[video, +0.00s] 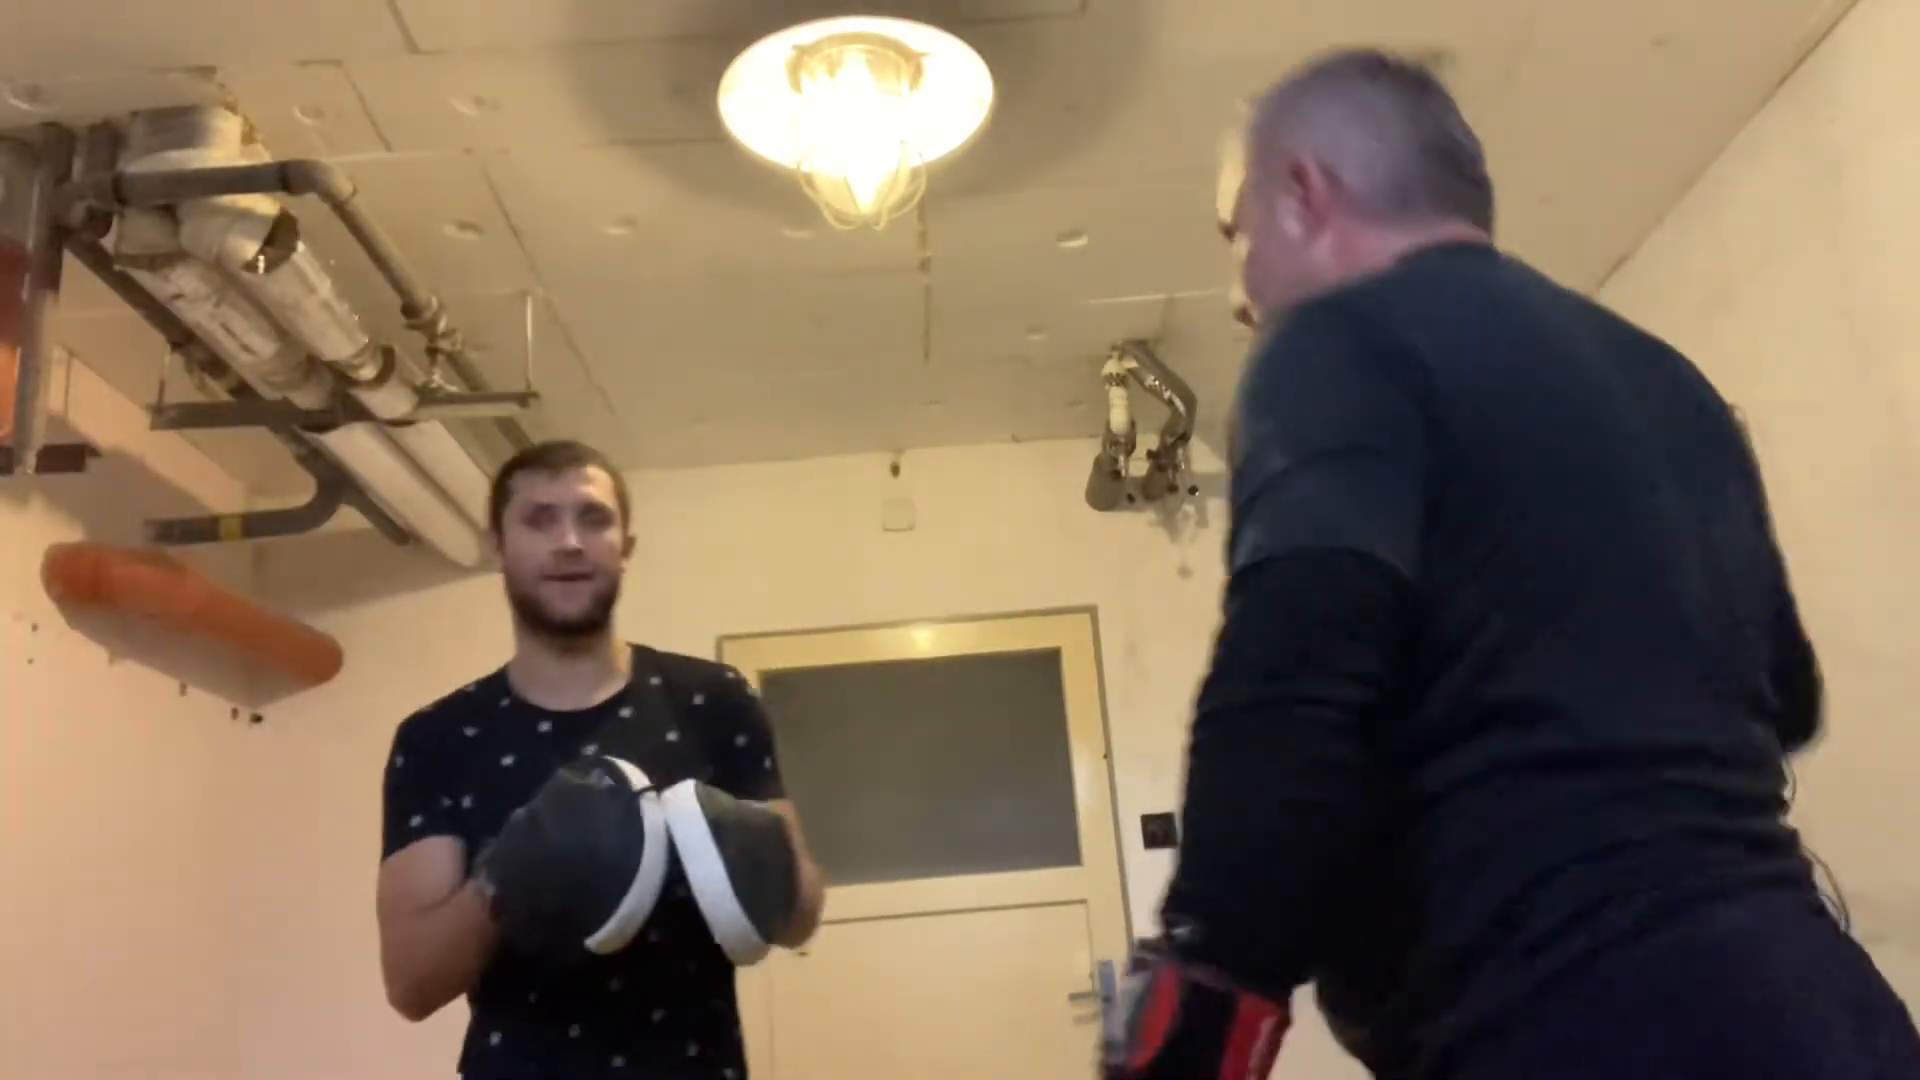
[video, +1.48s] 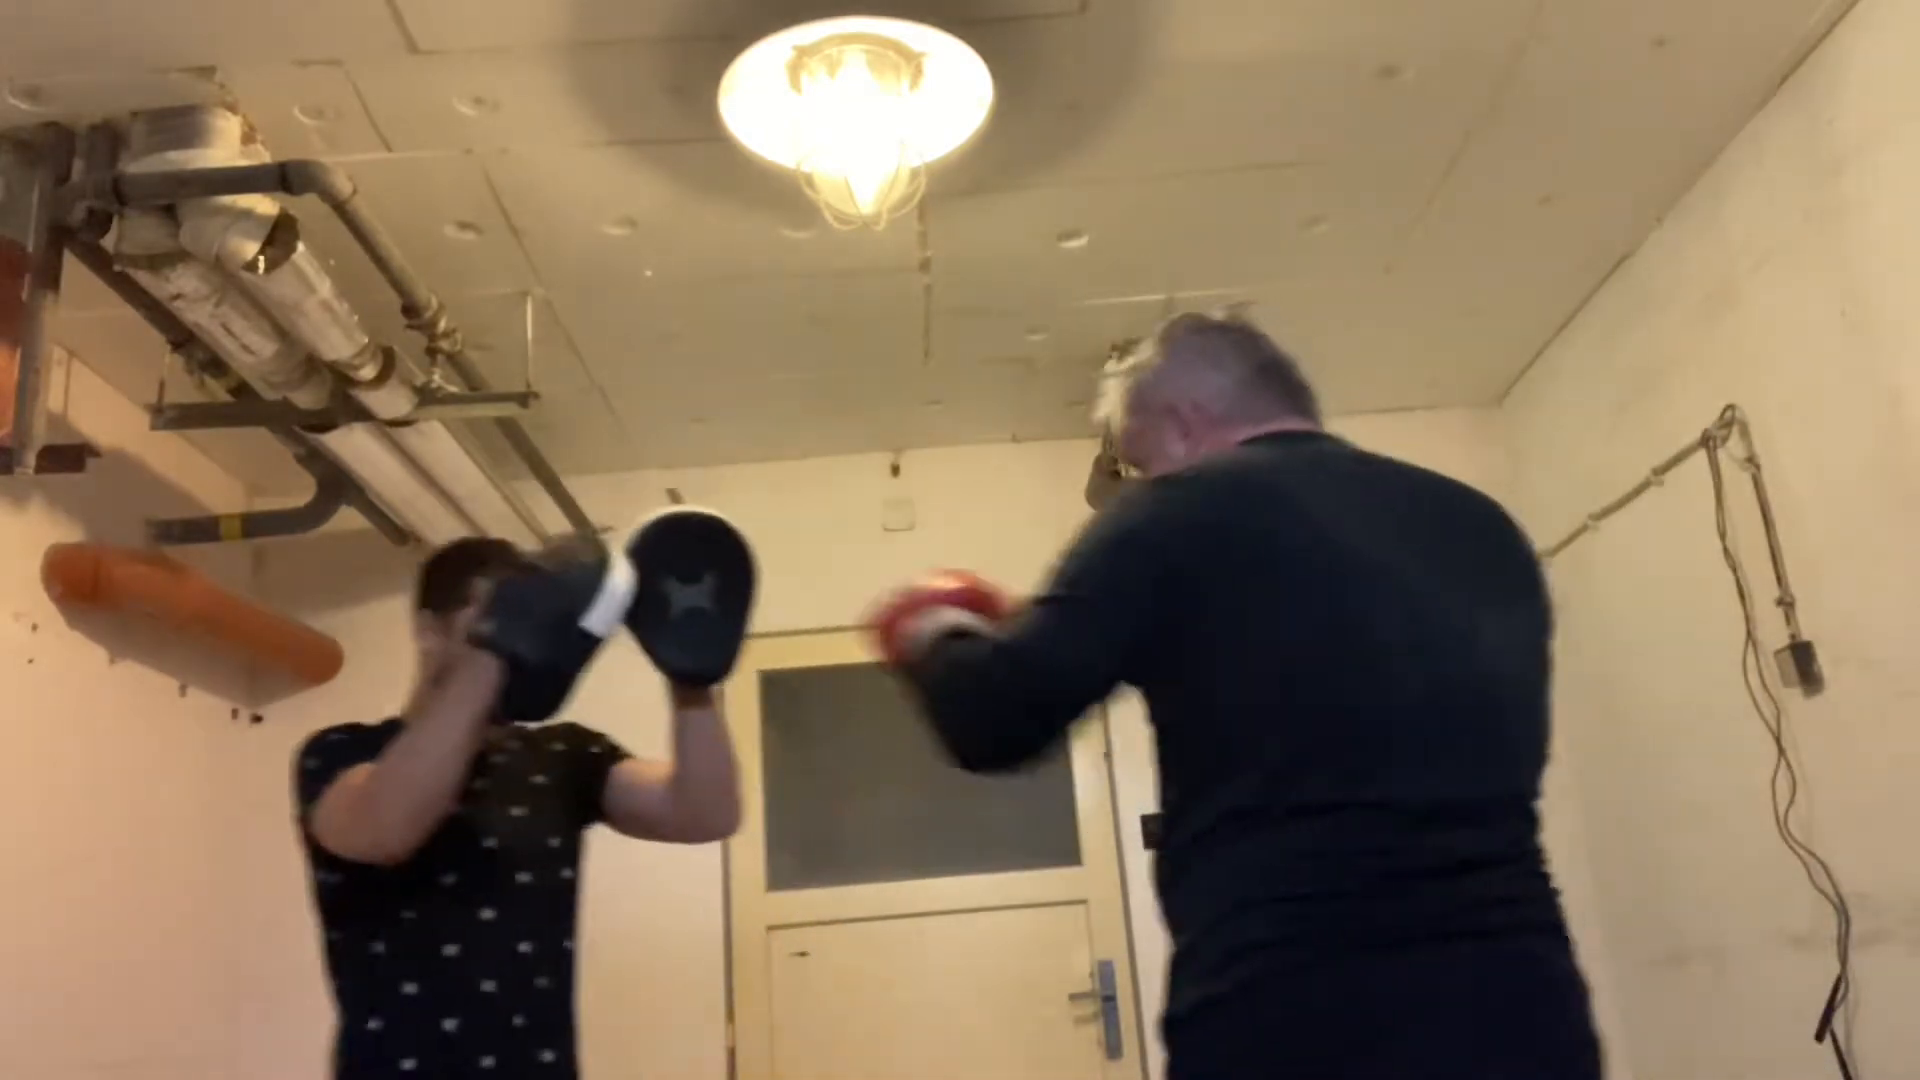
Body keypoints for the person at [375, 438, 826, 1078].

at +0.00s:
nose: (569, 542)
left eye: (592, 519)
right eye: (539, 520)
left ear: (625, 545)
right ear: (498, 548)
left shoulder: (714, 702)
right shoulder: (439, 741)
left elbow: (802, 917)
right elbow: (412, 979)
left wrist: (758, 865)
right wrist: (520, 872)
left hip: (694, 1058)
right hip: (523, 1062)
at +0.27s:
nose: (567, 559)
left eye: (589, 538)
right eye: (538, 538)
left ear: (619, 566)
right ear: (496, 566)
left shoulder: (704, 707)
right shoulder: (444, 747)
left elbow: (789, 918)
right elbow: (418, 966)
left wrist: (755, 827)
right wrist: (518, 836)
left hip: (687, 1060)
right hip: (524, 1064)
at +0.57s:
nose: (667, 578)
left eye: (688, 559)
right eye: (641, 555)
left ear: (710, 582)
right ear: (595, 574)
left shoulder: (767, 730)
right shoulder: (526, 743)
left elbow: (827, 936)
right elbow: (492, 950)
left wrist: (808, 838)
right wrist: (607, 836)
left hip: (723, 1061)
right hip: (574, 1062)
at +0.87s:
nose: (732, 600)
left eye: (753, 581)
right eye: (709, 573)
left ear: (766, 600)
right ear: (656, 582)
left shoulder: (788, 739)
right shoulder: (571, 725)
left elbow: (850, 949)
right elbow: (530, 917)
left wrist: (862, 844)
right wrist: (674, 809)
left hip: (729, 1058)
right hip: (587, 1057)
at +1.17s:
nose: (678, 624)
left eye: (691, 604)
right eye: (654, 599)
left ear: (704, 611)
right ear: (590, 602)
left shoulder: (704, 744)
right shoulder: (506, 735)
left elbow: (826, 895)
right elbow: (502, 885)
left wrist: (822, 760)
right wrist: (619, 733)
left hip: (679, 1060)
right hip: (539, 1060)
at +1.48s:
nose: (508, 635)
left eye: (521, 617)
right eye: (489, 616)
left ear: (541, 626)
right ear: (431, 631)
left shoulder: (559, 758)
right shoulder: (343, 755)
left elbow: (705, 815)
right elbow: (382, 831)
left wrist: (693, 672)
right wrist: (490, 656)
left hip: (537, 1065)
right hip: (395, 1067)